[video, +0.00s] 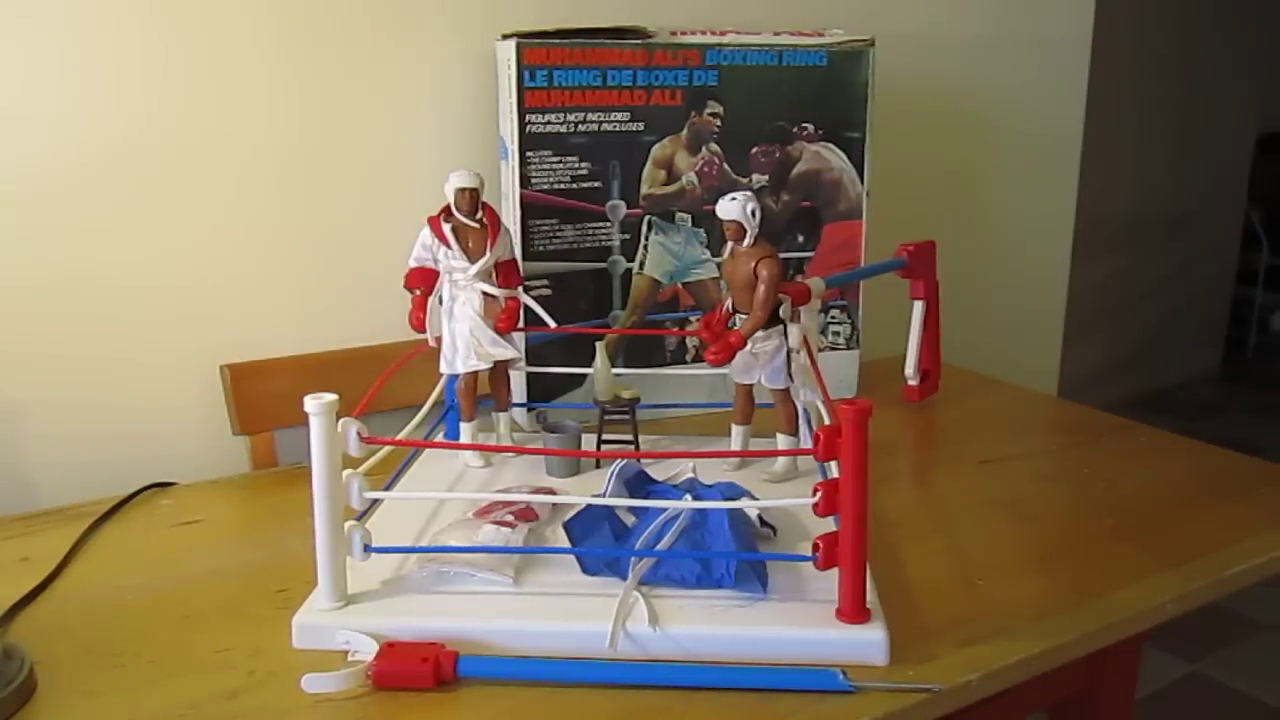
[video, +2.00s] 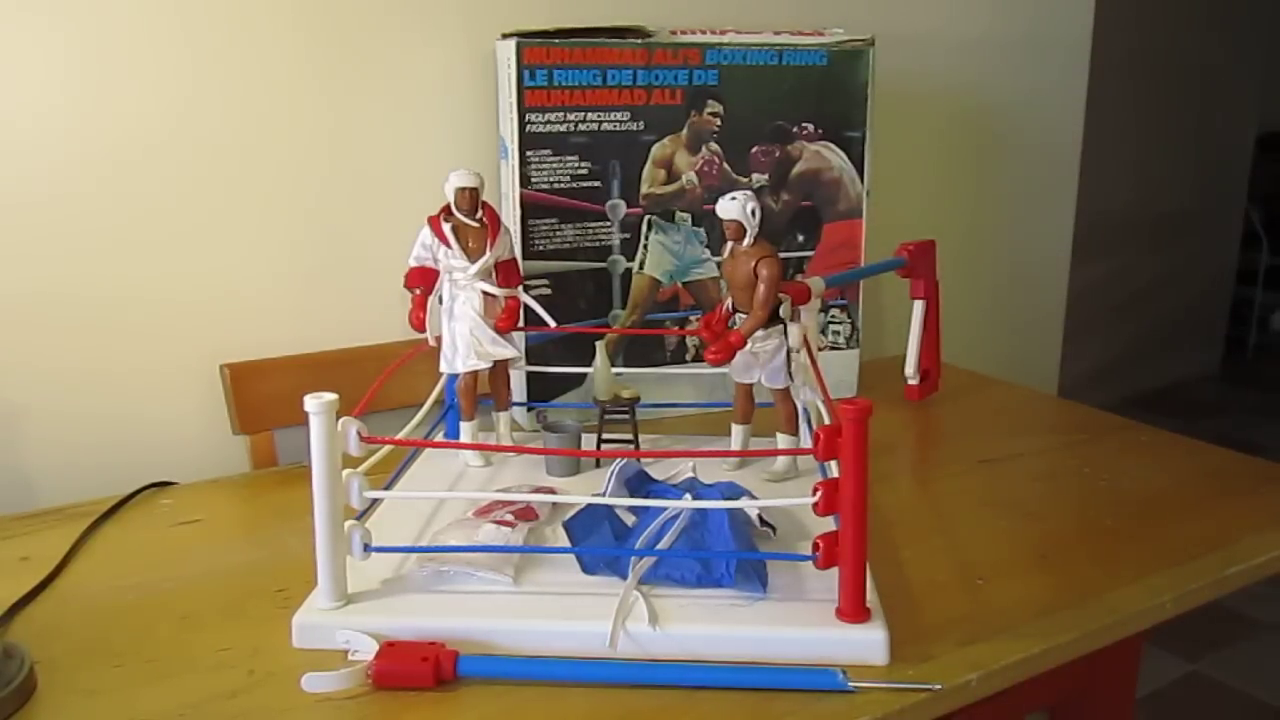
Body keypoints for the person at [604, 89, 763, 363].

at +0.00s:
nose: (719, 123)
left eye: (720, 117)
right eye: (713, 116)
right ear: (693, 117)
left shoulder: (712, 151)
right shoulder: (665, 150)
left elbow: (730, 181)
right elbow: (646, 198)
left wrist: (753, 181)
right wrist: (683, 184)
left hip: (692, 238)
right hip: (659, 235)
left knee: (718, 310)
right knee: (634, 316)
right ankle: (597, 373)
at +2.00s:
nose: (718, 122)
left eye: (720, 117)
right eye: (713, 115)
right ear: (693, 115)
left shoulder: (712, 151)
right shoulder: (664, 149)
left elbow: (730, 181)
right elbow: (647, 198)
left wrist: (751, 182)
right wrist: (682, 184)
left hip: (693, 238)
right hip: (660, 236)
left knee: (719, 310)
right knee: (634, 316)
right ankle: (597, 372)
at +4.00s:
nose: (719, 122)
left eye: (721, 116)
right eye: (714, 115)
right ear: (693, 115)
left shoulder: (712, 151)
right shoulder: (664, 149)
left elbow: (731, 182)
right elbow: (647, 195)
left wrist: (754, 181)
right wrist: (682, 183)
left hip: (694, 237)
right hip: (660, 235)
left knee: (718, 309)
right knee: (635, 313)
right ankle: (597, 371)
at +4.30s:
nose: (719, 122)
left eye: (721, 116)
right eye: (714, 115)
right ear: (694, 114)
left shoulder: (712, 150)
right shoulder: (664, 149)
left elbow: (731, 181)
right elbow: (647, 196)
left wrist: (754, 181)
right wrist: (682, 183)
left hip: (694, 237)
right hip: (660, 235)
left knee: (718, 309)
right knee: (635, 314)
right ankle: (596, 376)